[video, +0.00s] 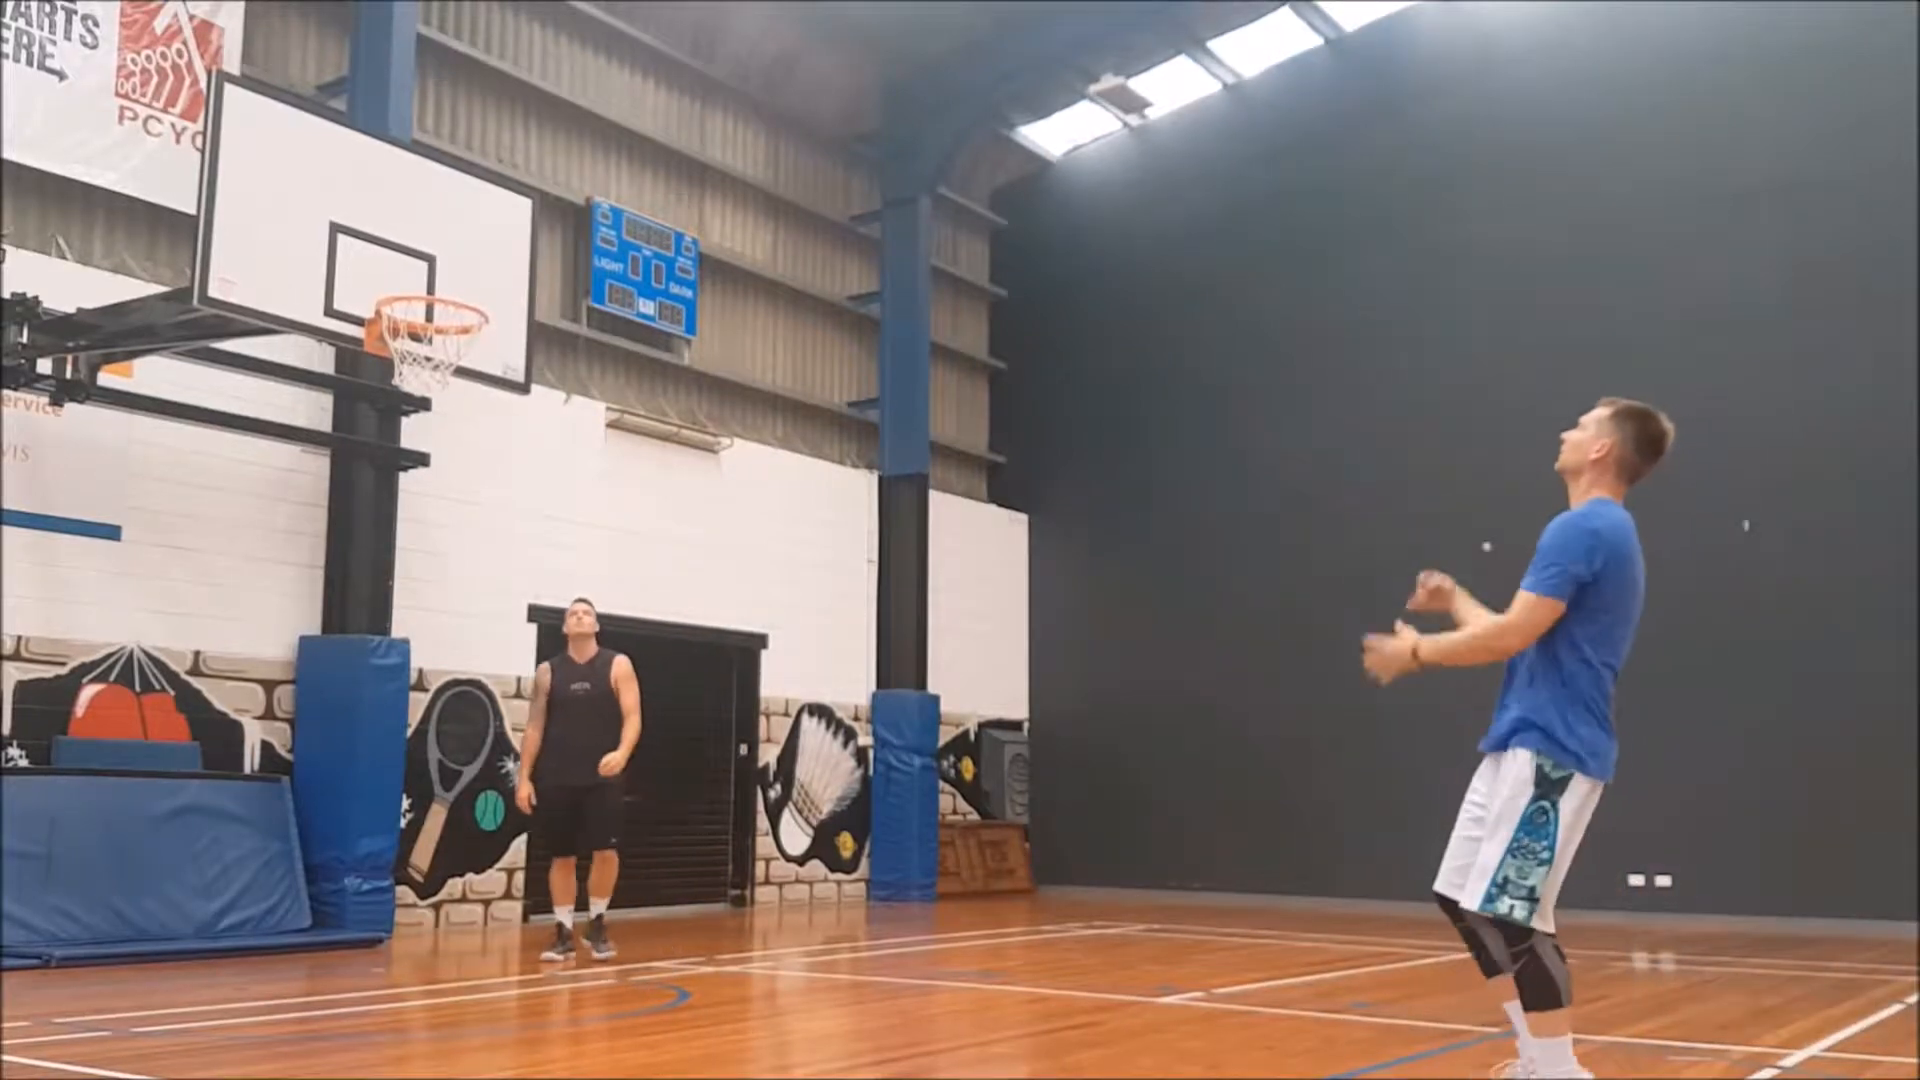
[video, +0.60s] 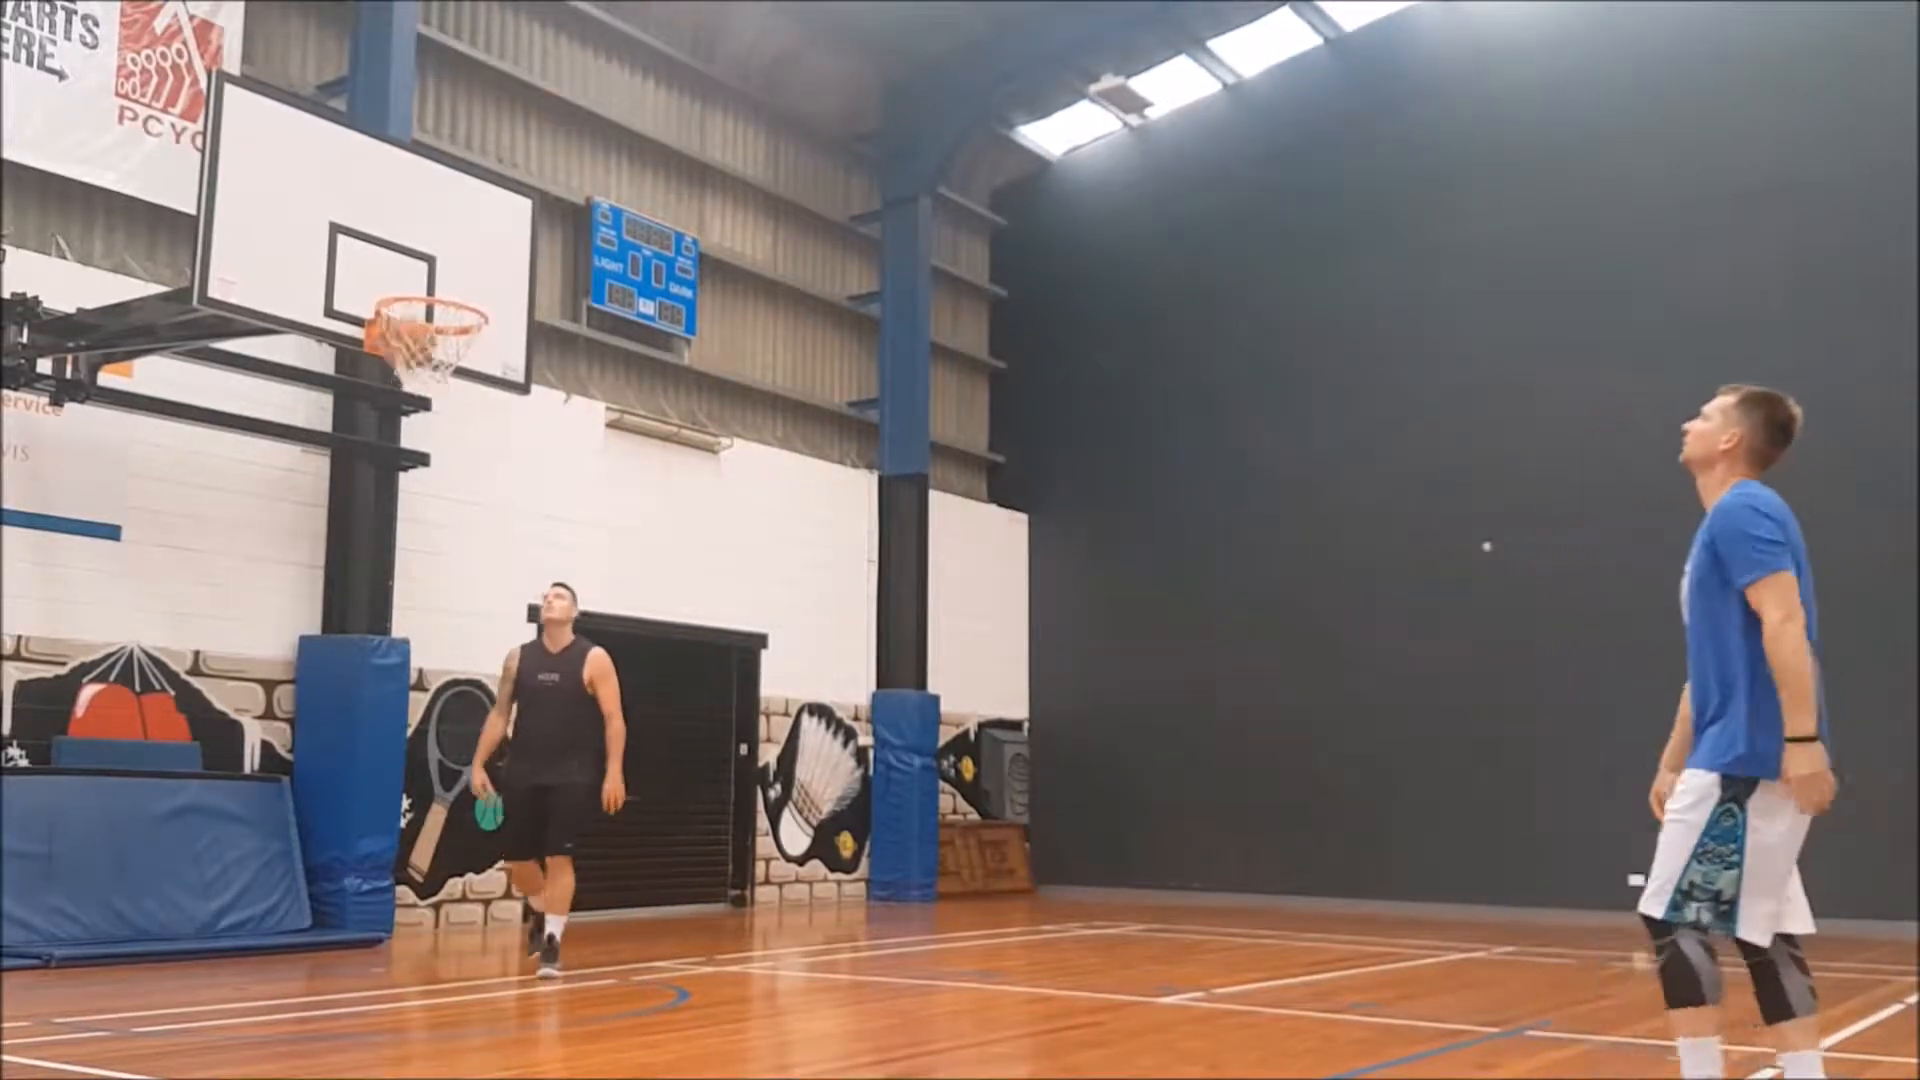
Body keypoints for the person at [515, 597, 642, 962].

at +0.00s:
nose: (579, 616)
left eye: (586, 613)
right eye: (573, 614)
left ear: (597, 625)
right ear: (564, 627)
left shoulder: (617, 665)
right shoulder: (547, 671)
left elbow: (632, 716)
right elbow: (534, 727)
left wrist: (622, 753)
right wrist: (524, 777)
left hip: (602, 777)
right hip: (557, 778)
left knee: (605, 850)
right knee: (562, 855)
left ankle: (598, 926)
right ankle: (564, 934)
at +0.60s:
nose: (550, 600)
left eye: (560, 596)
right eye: (546, 596)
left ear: (575, 612)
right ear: (539, 610)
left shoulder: (594, 659)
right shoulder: (518, 658)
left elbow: (614, 720)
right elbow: (500, 713)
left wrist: (614, 774)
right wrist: (478, 763)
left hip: (573, 774)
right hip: (523, 772)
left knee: (558, 855)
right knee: (517, 857)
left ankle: (553, 942)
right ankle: (546, 911)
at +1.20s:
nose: (497, 629)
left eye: (506, 624)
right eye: (491, 622)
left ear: (517, 632)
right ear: (478, 628)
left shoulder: (530, 680)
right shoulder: (457, 680)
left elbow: (514, 742)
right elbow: (418, 742)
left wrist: (460, 730)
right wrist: (417, 705)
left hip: (511, 804)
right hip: (462, 796)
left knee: (517, 899)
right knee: (449, 858)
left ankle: (551, 929)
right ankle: (447, 966)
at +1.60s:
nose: (480, 585)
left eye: (484, 578)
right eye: (470, 579)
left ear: (492, 587)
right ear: (453, 589)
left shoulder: (514, 637)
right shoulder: (441, 628)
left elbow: (523, 686)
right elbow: (464, 638)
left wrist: (514, 702)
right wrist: (529, 626)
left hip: (497, 761)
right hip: (447, 760)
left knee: (513, 858)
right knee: (457, 856)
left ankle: (478, 947)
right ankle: (443, 963)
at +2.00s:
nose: (494, 585)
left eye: (499, 579)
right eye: (485, 578)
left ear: (504, 590)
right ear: (464, 588)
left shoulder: (516, 643)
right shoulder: (445, 640)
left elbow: (531, 704)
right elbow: (434, 710)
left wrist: (543, 755)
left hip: (500, 769)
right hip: (451, 768)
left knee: (494, 863)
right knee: (454, 861)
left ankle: (484, 956)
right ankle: (442, 963)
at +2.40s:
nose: (505, 590)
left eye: (511, 585)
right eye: (497, 583)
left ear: (516, 597)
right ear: (478, 590)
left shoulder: (530, 649)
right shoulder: (444, 638)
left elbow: (539, 713)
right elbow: (397, 689)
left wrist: (544, 771)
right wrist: (351, 737)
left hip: (501, 774)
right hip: (446, 771)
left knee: (489, 864)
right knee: (431, 860)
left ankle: (482, 959)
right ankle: (420, 954)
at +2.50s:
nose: (499, 592)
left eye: (505, 588)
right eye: (492, 585)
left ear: (511, 599)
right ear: (473, 592)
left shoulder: (524, 650)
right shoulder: (439, 640)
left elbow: (537, 714)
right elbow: (400, 697)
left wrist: (545, 773)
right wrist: (362, 748)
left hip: (495, 774)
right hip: (437, 771)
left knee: (488, 862)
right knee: (421, 856)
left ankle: (482, 957)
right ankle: (416, 938)